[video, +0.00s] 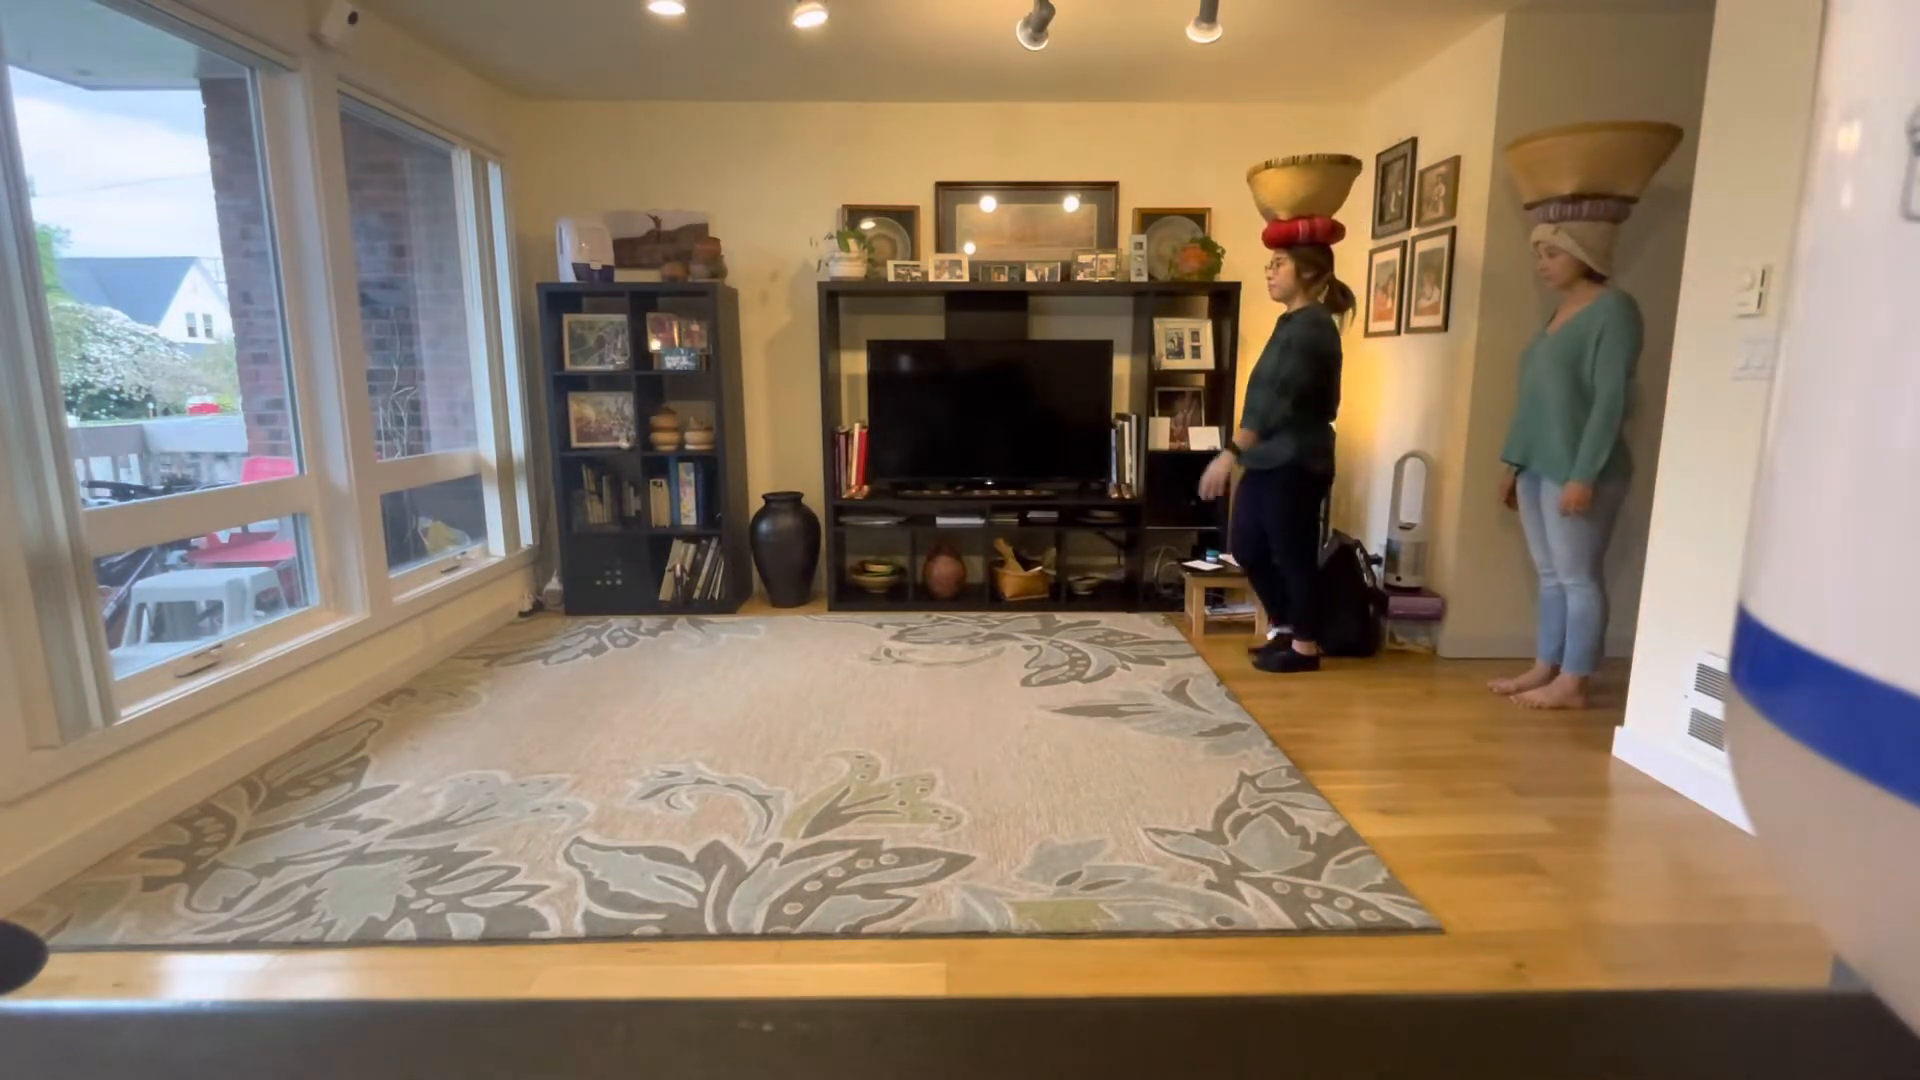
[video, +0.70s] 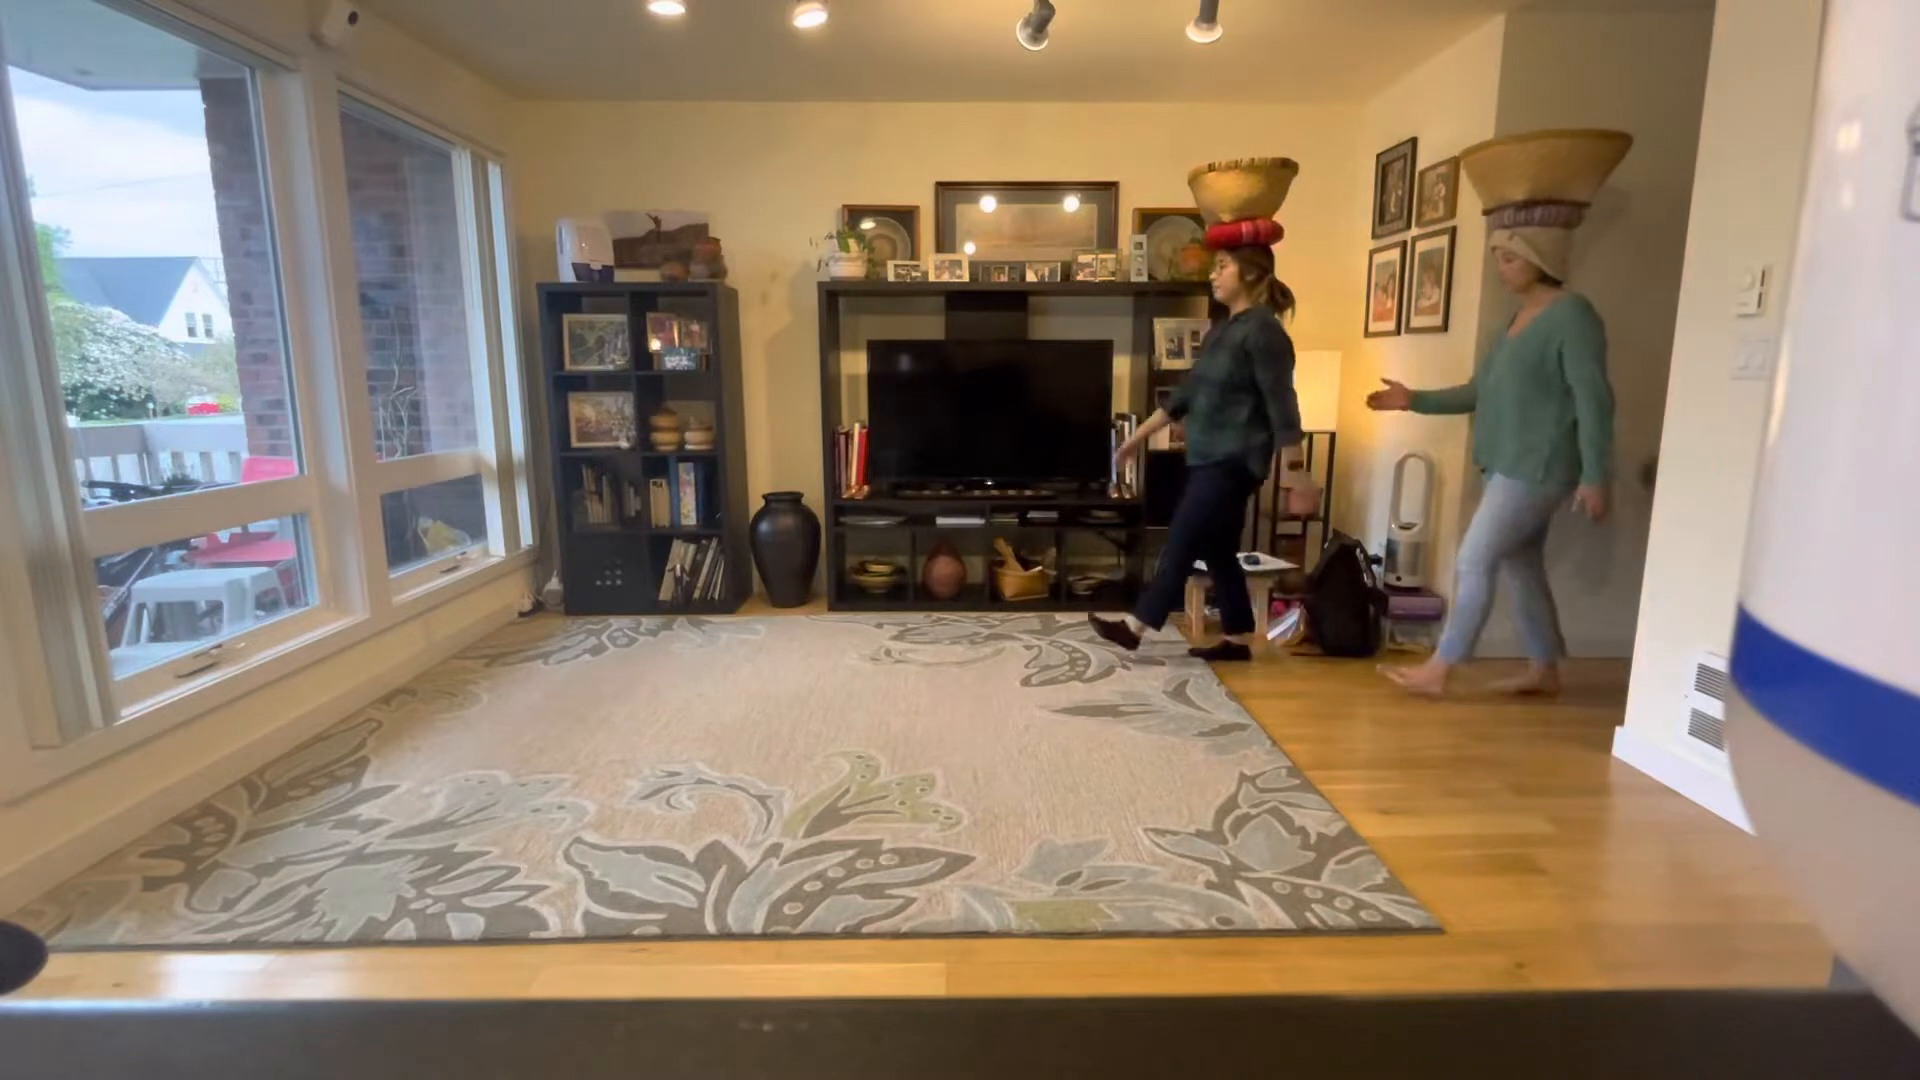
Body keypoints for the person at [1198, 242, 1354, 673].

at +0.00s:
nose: (1269, 273)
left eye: (1278, 265)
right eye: (1270, 265)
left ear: (1308, 274)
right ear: (1302, 275)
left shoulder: (1309, 327)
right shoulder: (1292, 324)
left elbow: (1277, 403)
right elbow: (1275, 403)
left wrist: (1230, 453)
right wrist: (1244, 454)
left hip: (1297, 460)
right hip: (1271, 459)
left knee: (1291, 550)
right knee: (1251, 547)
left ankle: (1305, 645)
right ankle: (1287, 629)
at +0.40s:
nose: (1240, 276)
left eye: (1249, 268)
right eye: (1243, 268)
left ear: (1277, 276)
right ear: (1268, 276)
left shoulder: (1284, 330)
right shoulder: (1255, 328)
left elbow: (1263, 407)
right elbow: (1241, 401)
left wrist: (1221, 459)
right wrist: (1215, 458)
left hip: (1264, 460)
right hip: (1241, 457)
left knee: (1231, 543)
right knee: (1224, 544)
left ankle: (1276, 628)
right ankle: (1237, 636)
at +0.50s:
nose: (1230, 277)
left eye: (1240, 268)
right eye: (1232, 268)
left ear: (1268, 275)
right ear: (1254, 274)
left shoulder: (1280, 332)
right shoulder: (1244, 328)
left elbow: (1270, 409)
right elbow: (1226, 402)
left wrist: (1251, 472)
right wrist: (1202, 456)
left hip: (1251, 460)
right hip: (1225, 457)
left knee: (1213, 542)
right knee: (1216, 545)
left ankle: (1229, 636)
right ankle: (1230, 634)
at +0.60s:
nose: (1225, 276)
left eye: (1235, 268)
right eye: (1227, 268)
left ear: (1263, 276)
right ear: (1253, 276)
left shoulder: (1275, 332)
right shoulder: (1235, 329)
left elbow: (1277, 407)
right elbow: (1212, 398)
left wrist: (1272, 475)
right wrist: (1179, 448)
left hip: (1243, 459)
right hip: (1215, 456)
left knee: (1201, 541)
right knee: (1219, 547)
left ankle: (1176, 633)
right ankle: (1238, 636)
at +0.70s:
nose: (1213, 276)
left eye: (1222, 268)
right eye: (1215, 268)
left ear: (1250, 275)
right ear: (1237, 274)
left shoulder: (1264, 330)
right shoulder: (1221, 331)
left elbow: (1282, 401)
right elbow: (1189, 393)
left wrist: (1292, 470)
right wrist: (1138, 435)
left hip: (1235, 461)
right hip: (1207, 458)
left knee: (1185, 535)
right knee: (1219, 548)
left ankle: (1136, 627)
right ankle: (1238, 637)